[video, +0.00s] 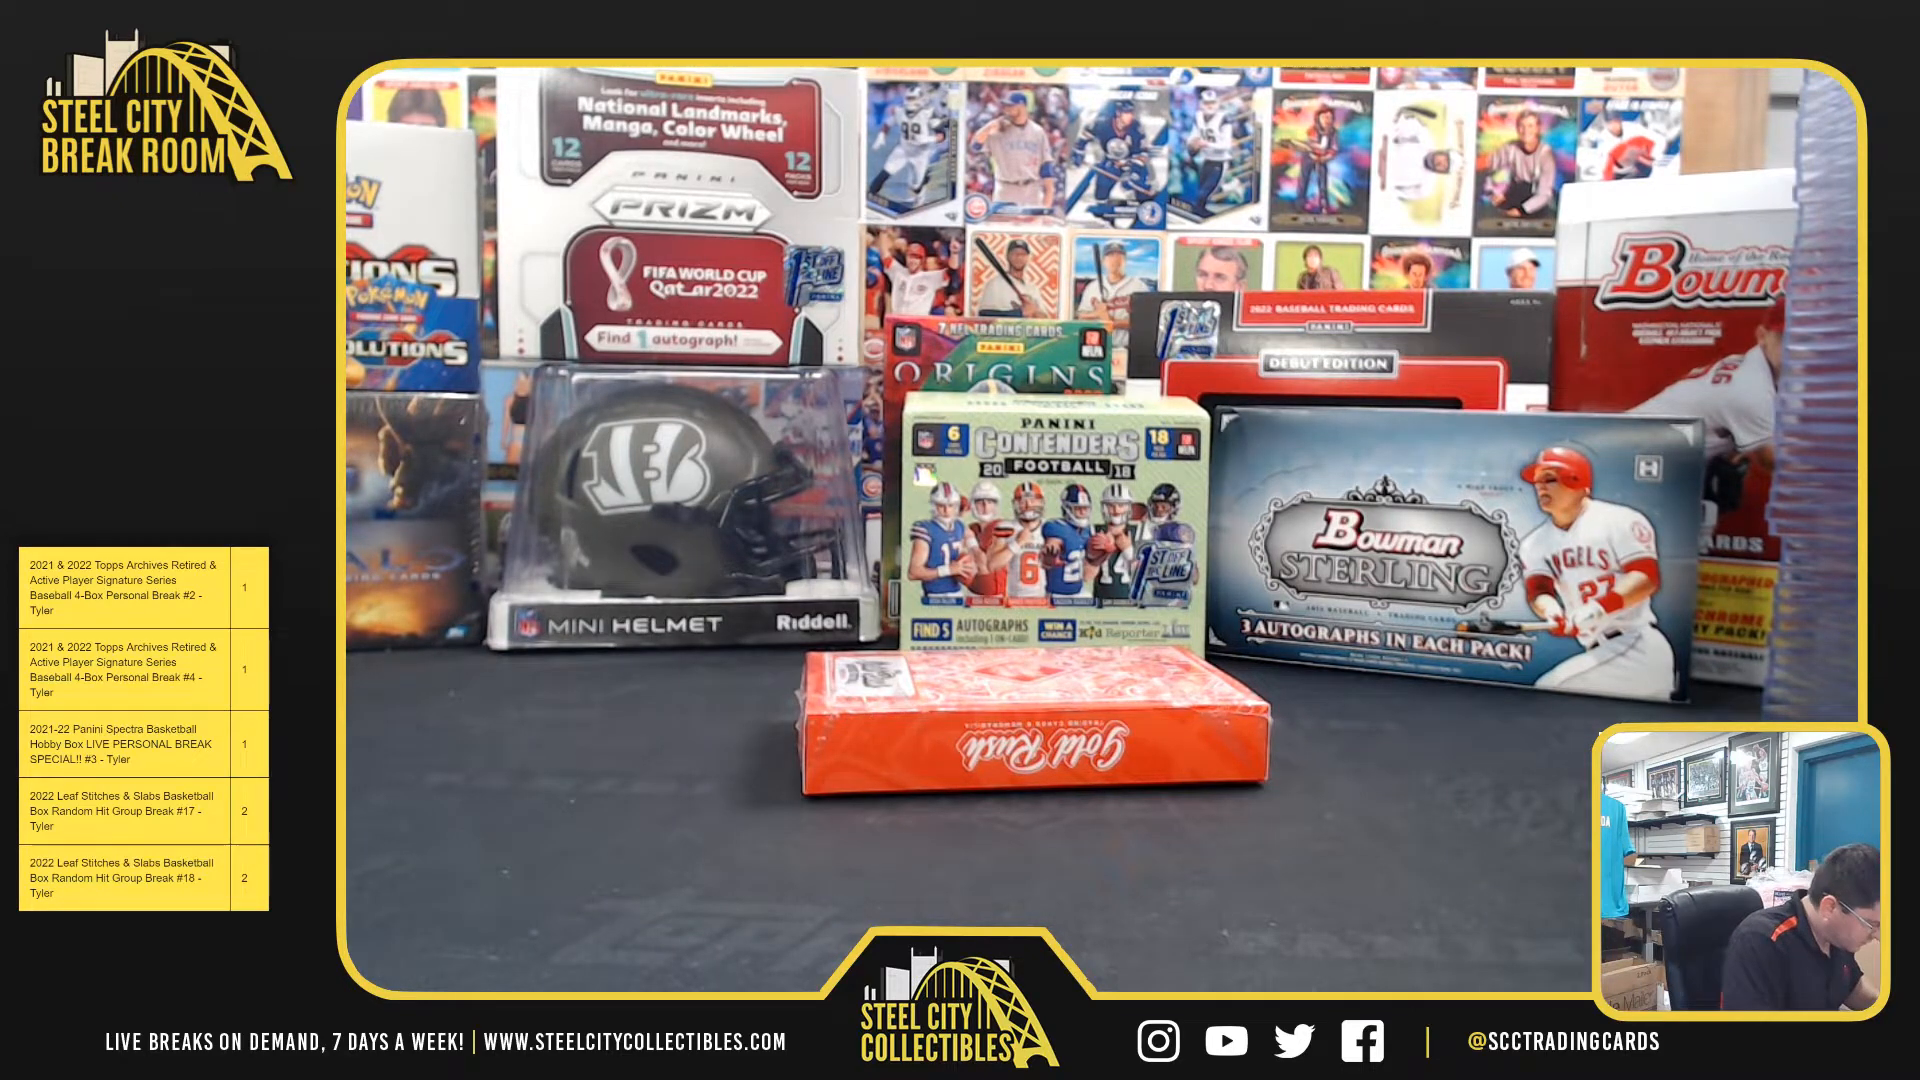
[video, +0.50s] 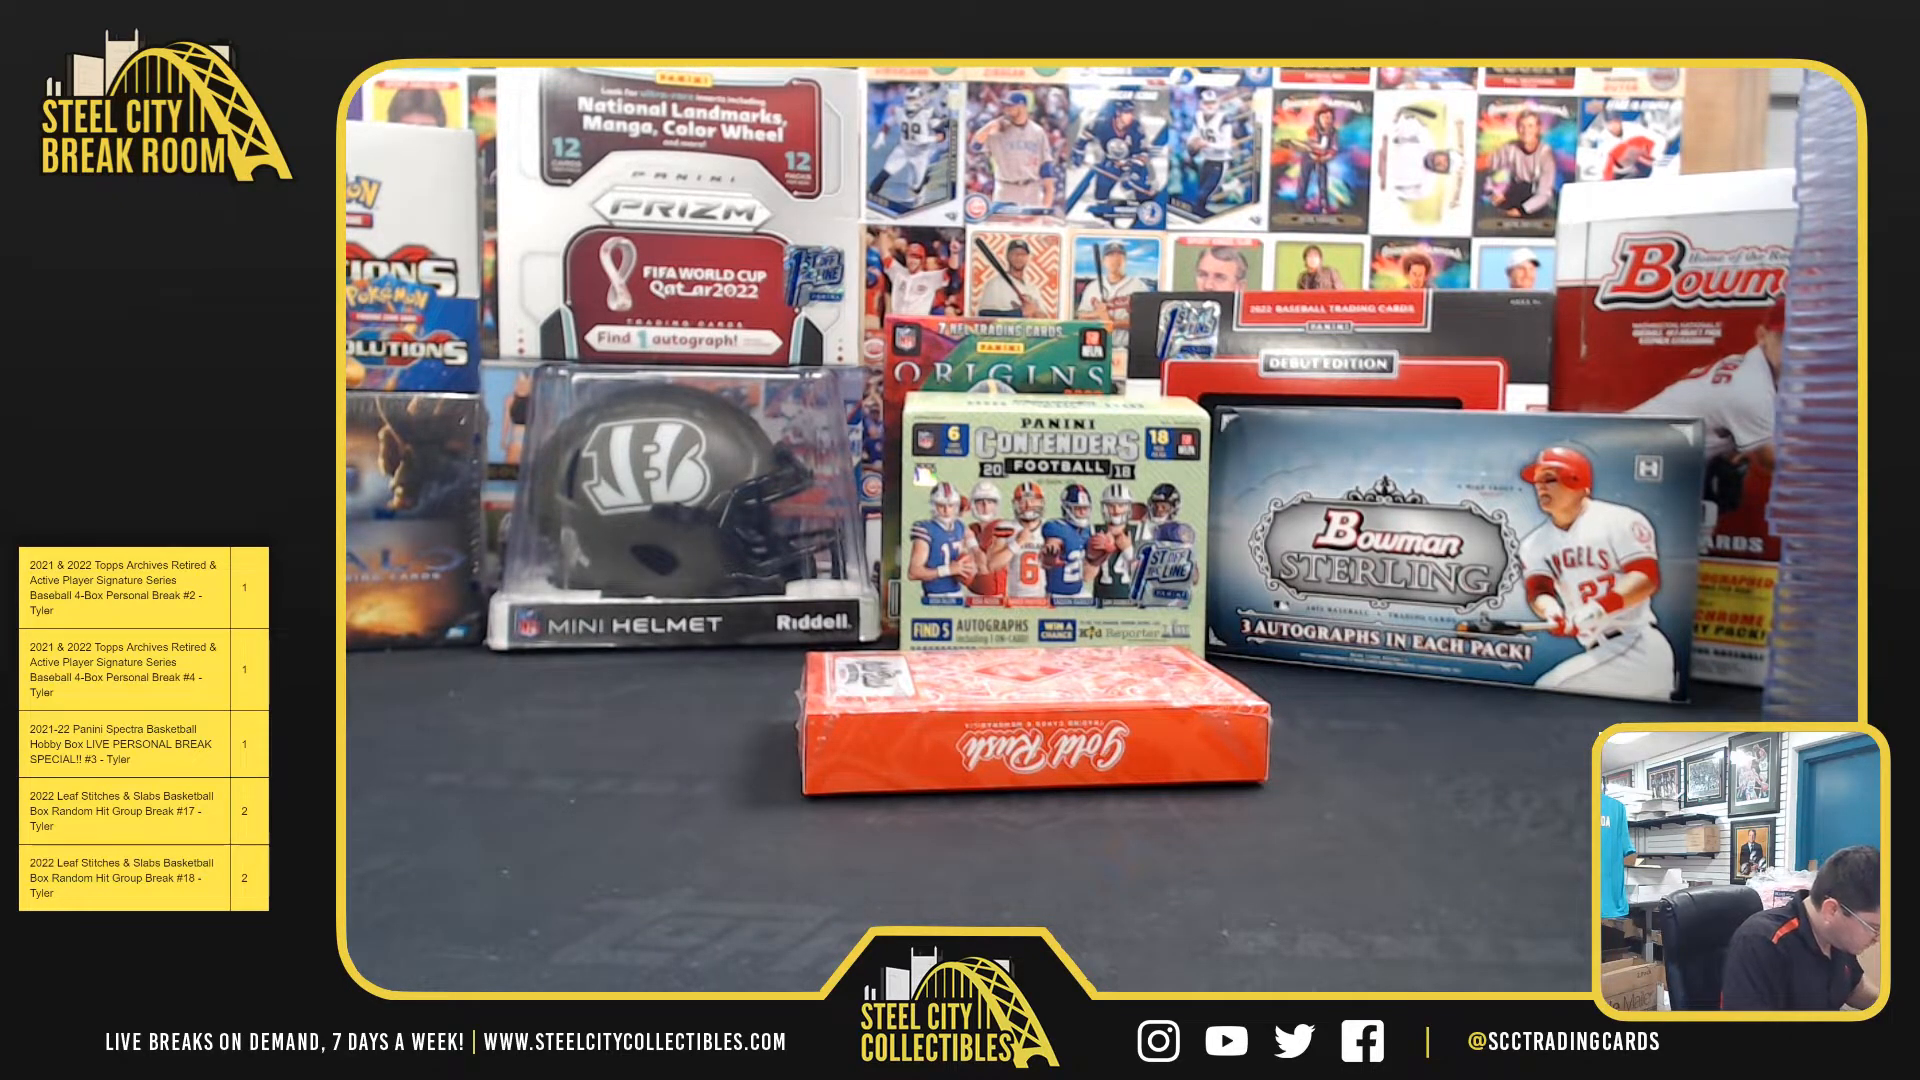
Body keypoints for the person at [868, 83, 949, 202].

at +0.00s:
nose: (910, 103)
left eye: (913, 99)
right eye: (908, 99)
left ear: (920, 100)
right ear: (905, 100)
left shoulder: (928, 115)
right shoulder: (899, 113)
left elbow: (942, 135)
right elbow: (887, 125)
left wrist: (928, 139)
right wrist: (881, 138)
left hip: (921, 153)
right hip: (903, 150)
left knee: (915, 186)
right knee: (886, 172)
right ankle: (868, 197)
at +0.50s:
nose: (910, 103)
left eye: (913, 99)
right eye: (908, 99)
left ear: (920, 100)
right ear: (905, 100)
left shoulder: (928, 114)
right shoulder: (899, 113)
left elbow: (942, 135)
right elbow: (887, 125)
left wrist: (928, 139)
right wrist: (881, 138)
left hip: (921, 153)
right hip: (903, 150)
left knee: (915, 187)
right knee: (885, 173)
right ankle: (868, 198)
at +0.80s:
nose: (910, 103)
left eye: (913, 99)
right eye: (908, 99)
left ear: (921, 100)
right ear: (905, 100)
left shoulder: (928, 114)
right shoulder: (900, 113)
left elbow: (942, 135)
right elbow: (887, 125)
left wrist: (928, 139)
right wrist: (881, 138)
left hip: (921, 153)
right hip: (903, 150)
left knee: (915, 187)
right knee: (885, 173)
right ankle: (868, 197)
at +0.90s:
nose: (910, 103)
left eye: (913, 99)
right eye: (908, 99)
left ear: (920, 100)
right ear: (905, 100)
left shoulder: (928, 114)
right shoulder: (899, 113)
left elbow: (942, 135)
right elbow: (887, 125)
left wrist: (928, 139)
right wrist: (881, 138)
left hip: (921, 153)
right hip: (903, 150)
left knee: (915, 187)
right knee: (885, 173)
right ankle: (868, 198)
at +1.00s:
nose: (910, 102)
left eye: (913, 99)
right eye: (908, 99)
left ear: (920, 100)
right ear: (905, 100)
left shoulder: (928, 114)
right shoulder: (900, 113)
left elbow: (942, 135)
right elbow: (887, 125)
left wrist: (928, 139)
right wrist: (881, 138)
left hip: (921, 153)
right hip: (903, 150)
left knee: (915, 186)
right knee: (885, 173)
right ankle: (868, 197)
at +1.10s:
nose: (910, 102)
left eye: (913, 99)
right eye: (908, 99)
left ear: (920, 100)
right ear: (905, 100)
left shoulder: (928, 114)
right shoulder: (899, 113)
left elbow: (942, 135)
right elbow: (887, 125)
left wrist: (928, 139)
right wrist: (881, 138)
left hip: (921, 153)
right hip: (903, 150)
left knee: (915, 186)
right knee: (885, 173)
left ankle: (919, 196)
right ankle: (868, 198)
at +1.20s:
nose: (910, 103)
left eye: (913, 99)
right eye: (908, 99)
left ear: (920, 100)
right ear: (905, 100)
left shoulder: (928, 114)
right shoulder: (899, 113)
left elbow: (942, 135)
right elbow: (887, 125)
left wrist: (928, 139)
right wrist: (881, 138)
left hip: (921, 153)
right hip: (903, 150)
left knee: (915, 186)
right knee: (885, 173)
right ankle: (868, 198)